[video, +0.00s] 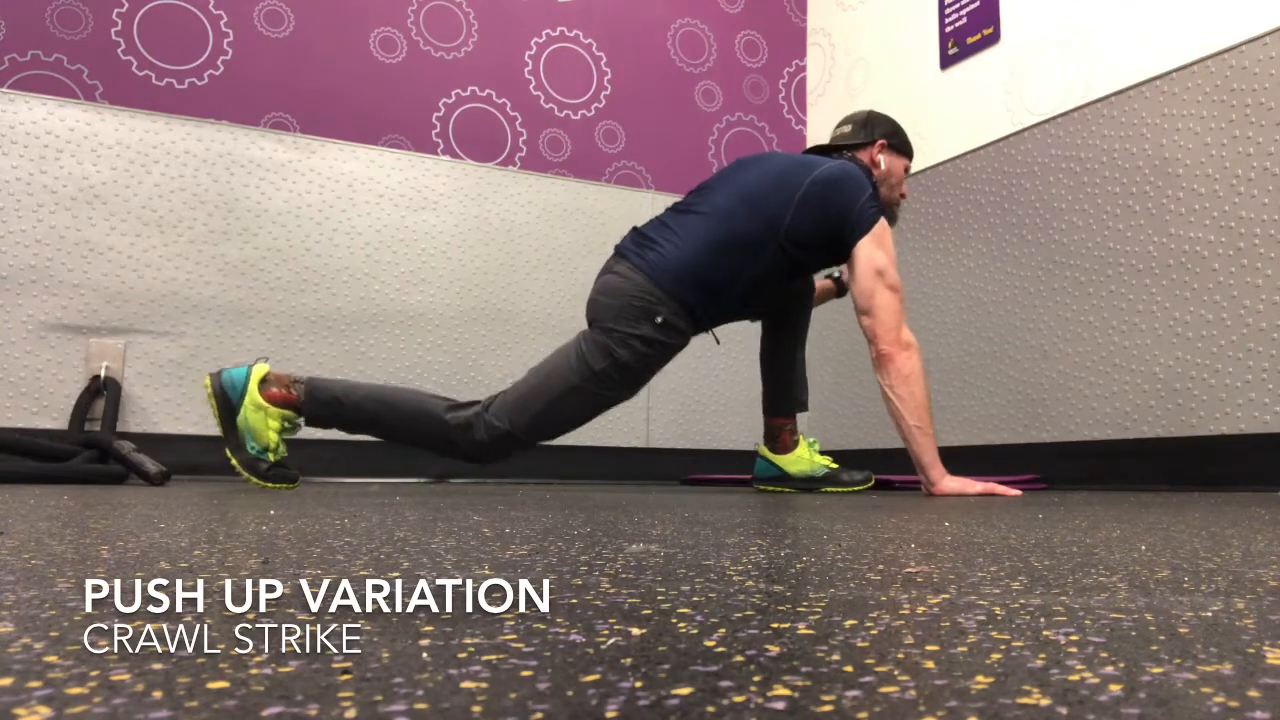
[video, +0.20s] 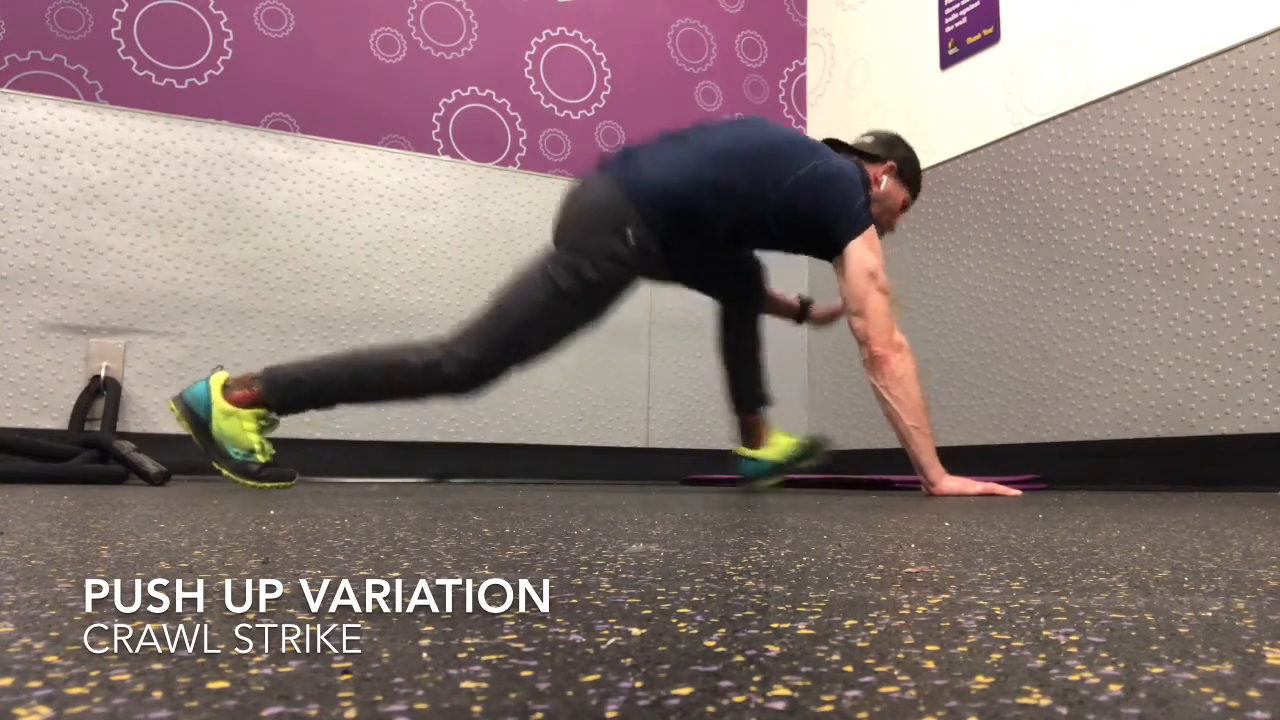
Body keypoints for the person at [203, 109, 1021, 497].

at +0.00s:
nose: (904, 191)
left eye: (906, 178)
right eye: (904, 176)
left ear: (846, 146)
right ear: (875, 157)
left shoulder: (787, 175)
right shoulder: (860, 194)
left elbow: (754, 273)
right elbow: (892, 350)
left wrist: (823, 283)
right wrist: (935, 474)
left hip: (637, 276)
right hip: (653, 306)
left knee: (793, 285)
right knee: (487, 432)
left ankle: (786, 448)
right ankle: (279, 394)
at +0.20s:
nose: (893, 224)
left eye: (898, 212)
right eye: (899, 207)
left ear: (863, 165)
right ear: (880, 181)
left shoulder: (792, 167)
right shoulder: (847, 197)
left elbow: (734, 260)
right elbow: (882, 347)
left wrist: (810, 307)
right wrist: (934, 471)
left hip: (633, 213)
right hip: (616, 227)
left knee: (744, 277)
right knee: (458, 364)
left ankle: (755, 446)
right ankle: (239, 397)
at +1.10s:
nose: (945, 423)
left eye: (958, 427)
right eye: (958, 411)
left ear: (950, 410)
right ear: (955, 373)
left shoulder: (870, 359)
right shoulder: (916, 335)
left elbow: (787, 402)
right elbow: (894, 362)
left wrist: (814, 470)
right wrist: (938, 474)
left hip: (684, 391)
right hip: (683, 370)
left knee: (489, 407)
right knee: (486, 407)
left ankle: (279, 394)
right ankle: (266, 384)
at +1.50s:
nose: (964, 464)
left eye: (973, 463)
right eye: (971, 451)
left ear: (960, 434)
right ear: (963, 416)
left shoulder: (881, 408)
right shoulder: (910, 382)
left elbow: (771, 460)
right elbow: (906, 369)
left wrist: (842, 479)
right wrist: (937, 474)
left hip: (692, 426)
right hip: (693, 406)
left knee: (491, 434)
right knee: (490, 427)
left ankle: (290, 412)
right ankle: (279, 385)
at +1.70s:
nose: (950, 422)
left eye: (962, 422)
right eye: (961, 411)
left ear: (954, 400)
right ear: (958, 371)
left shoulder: (871, 350)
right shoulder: (922, 335)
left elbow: (787, 392)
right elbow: (897, 360)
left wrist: (815, 469)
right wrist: (936, 473)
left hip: (686, 384)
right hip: (686, 368)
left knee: (491, 407)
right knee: (488, 407)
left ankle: (282, 390)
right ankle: (273, 382)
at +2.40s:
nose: (893, 212)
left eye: (900, 206)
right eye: (893, 195)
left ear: (869, 189)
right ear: (869, 168)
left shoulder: (797, 240)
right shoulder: (817, 158)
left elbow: (798, 354)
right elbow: (867, 218)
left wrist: (812, 451)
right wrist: (971, 230)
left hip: (619, 269)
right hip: (640, 226)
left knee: (478, 395)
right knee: (817, 248)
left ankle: (277, 405)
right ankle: (858, 442)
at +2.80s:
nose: (888, 191)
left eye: (893, 184)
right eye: (887, 178)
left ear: (856, 167)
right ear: (853, 160)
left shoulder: (797, 233)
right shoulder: (801, 165)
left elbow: (797, 347)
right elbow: (856, 224)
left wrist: (813, 451)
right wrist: (946, 196)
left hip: (635, 310)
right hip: (638, 257)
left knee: (476, 431)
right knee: (822, 243)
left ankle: (287, 405)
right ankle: (854, 438)